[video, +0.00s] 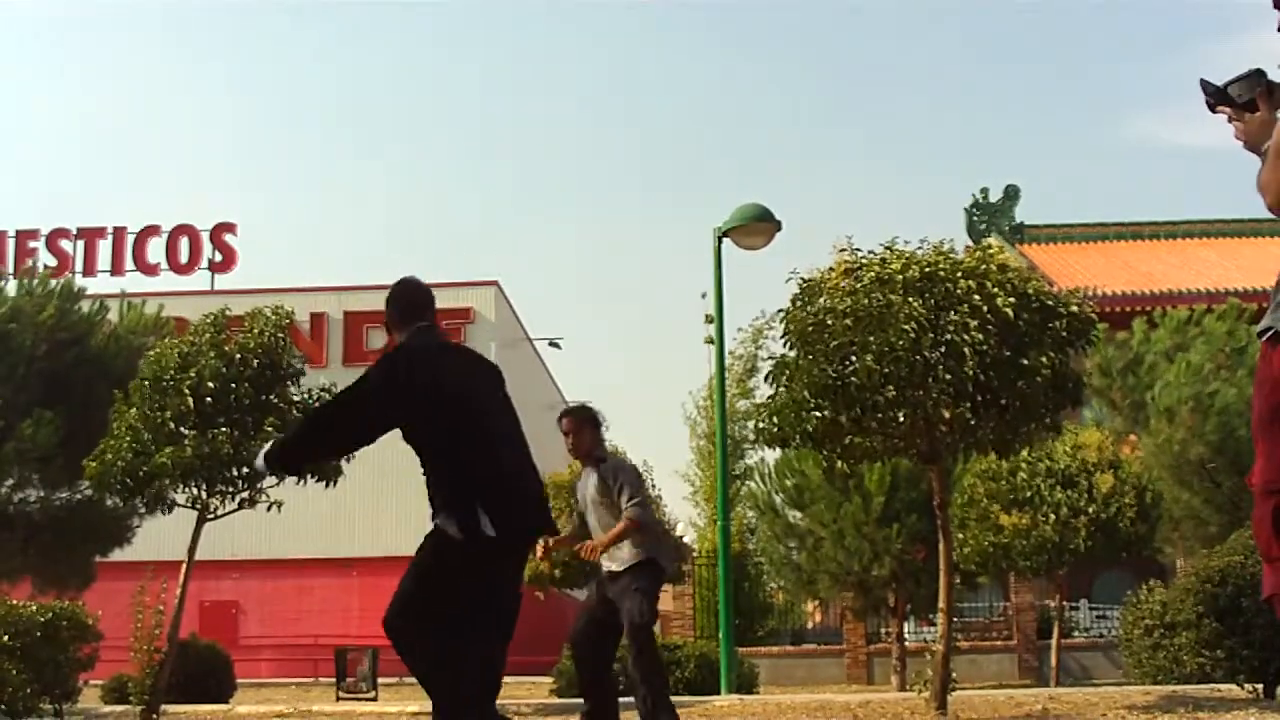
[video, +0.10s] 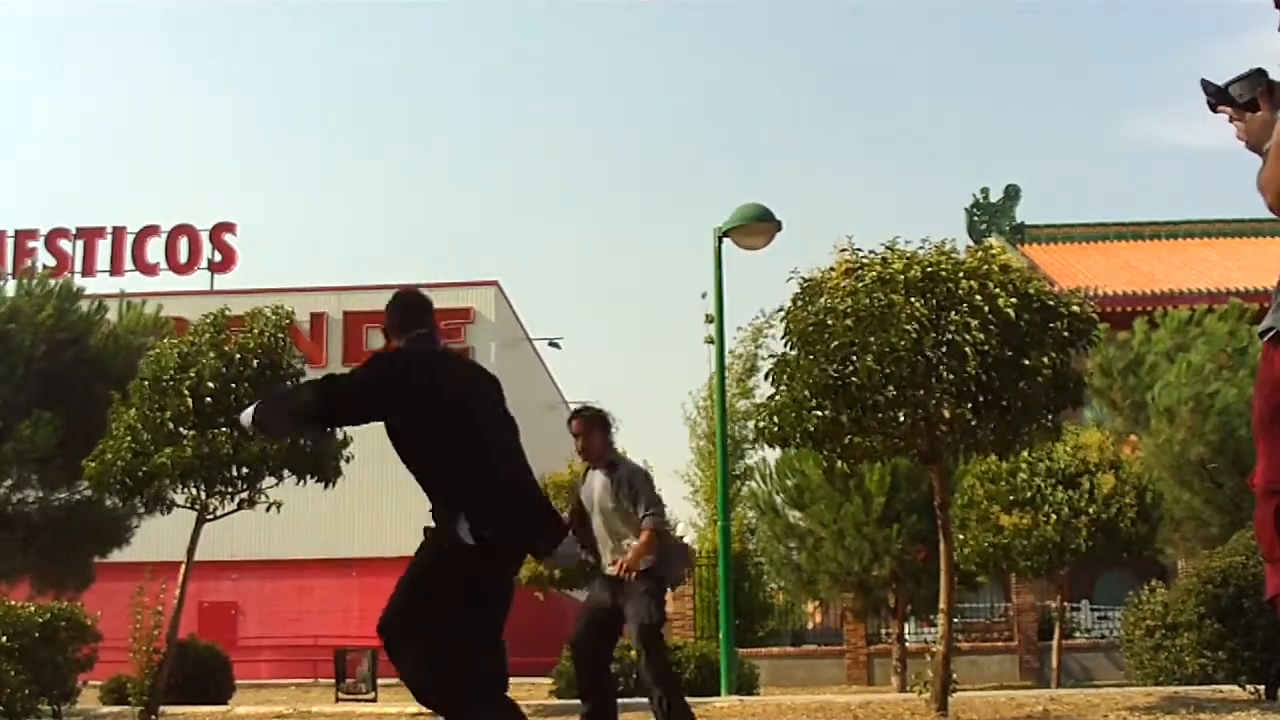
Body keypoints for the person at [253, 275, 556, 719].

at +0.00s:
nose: (388, 335)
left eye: (386, 327)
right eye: (390, 329)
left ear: (390, 322)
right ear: (434, 317)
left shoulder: (404, 363)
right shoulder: (482, 366)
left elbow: (343, 419)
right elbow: (511, 445)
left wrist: (276, 458)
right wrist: (541, 516)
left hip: (469, 522)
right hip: (519, 516)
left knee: (405, 621)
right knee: (486, 629)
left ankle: (468, 710)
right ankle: (477, 710)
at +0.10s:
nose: (385, 340)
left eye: (385, 332)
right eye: (388, 333)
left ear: (392, 331)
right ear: (434, 327)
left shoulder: (395, 371)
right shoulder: (479, 377)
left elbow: (326, 400)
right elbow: (511, 464)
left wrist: (260, 413)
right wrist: (554, 534)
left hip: (464, 527)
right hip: (512, 522)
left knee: (401, 627)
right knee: (479, 633)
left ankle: (468, 708)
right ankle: (493, 710)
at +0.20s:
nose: (389, 341)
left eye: (388, 334)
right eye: (391, 336)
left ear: (390, 332)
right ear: (436, 328)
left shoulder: (393, 367)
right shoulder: (478, 376)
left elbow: (328, 400)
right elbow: (523, 450)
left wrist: (282, 391)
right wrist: (565, 529)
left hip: (463, 522)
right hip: (515, 520)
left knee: (401, 630)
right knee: (479, 637)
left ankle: (465, 711)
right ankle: (497, 711)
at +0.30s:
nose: (392, 338)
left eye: (390, 331)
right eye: (396, 333)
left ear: (391, 327)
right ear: (437, 324)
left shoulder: (387, 365)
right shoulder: (479, 374)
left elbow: (315, 409)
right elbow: (524, 457)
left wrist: (297, 402)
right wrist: (566, 540)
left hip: (454, 526)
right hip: (509, 521)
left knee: (398, 629)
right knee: (475, 637)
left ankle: (461, 710)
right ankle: (495, 711)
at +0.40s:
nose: (396, 334)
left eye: (393, 325)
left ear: (390, 322)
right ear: (436, 320)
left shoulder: (384, 363)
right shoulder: (478, 371)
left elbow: (314, 413)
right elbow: (519, 452)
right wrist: (555, 531)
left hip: (451, 525)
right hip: (506, 521)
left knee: (397, 629)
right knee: (478, 639)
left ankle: (459, 709)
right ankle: (496, 711)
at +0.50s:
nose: (390, 333)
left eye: (388, 326)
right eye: (397, 326)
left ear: (386, 322)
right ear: (431, 318)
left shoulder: (383, 362)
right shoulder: (475, 369)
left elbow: (317, 419)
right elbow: (515, 452)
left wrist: (313, 401)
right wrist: (548, 531)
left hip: (450, 526)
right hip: (506, 520)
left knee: (398, 628)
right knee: (489, 631)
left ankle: (459, 709)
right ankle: (495, 710)